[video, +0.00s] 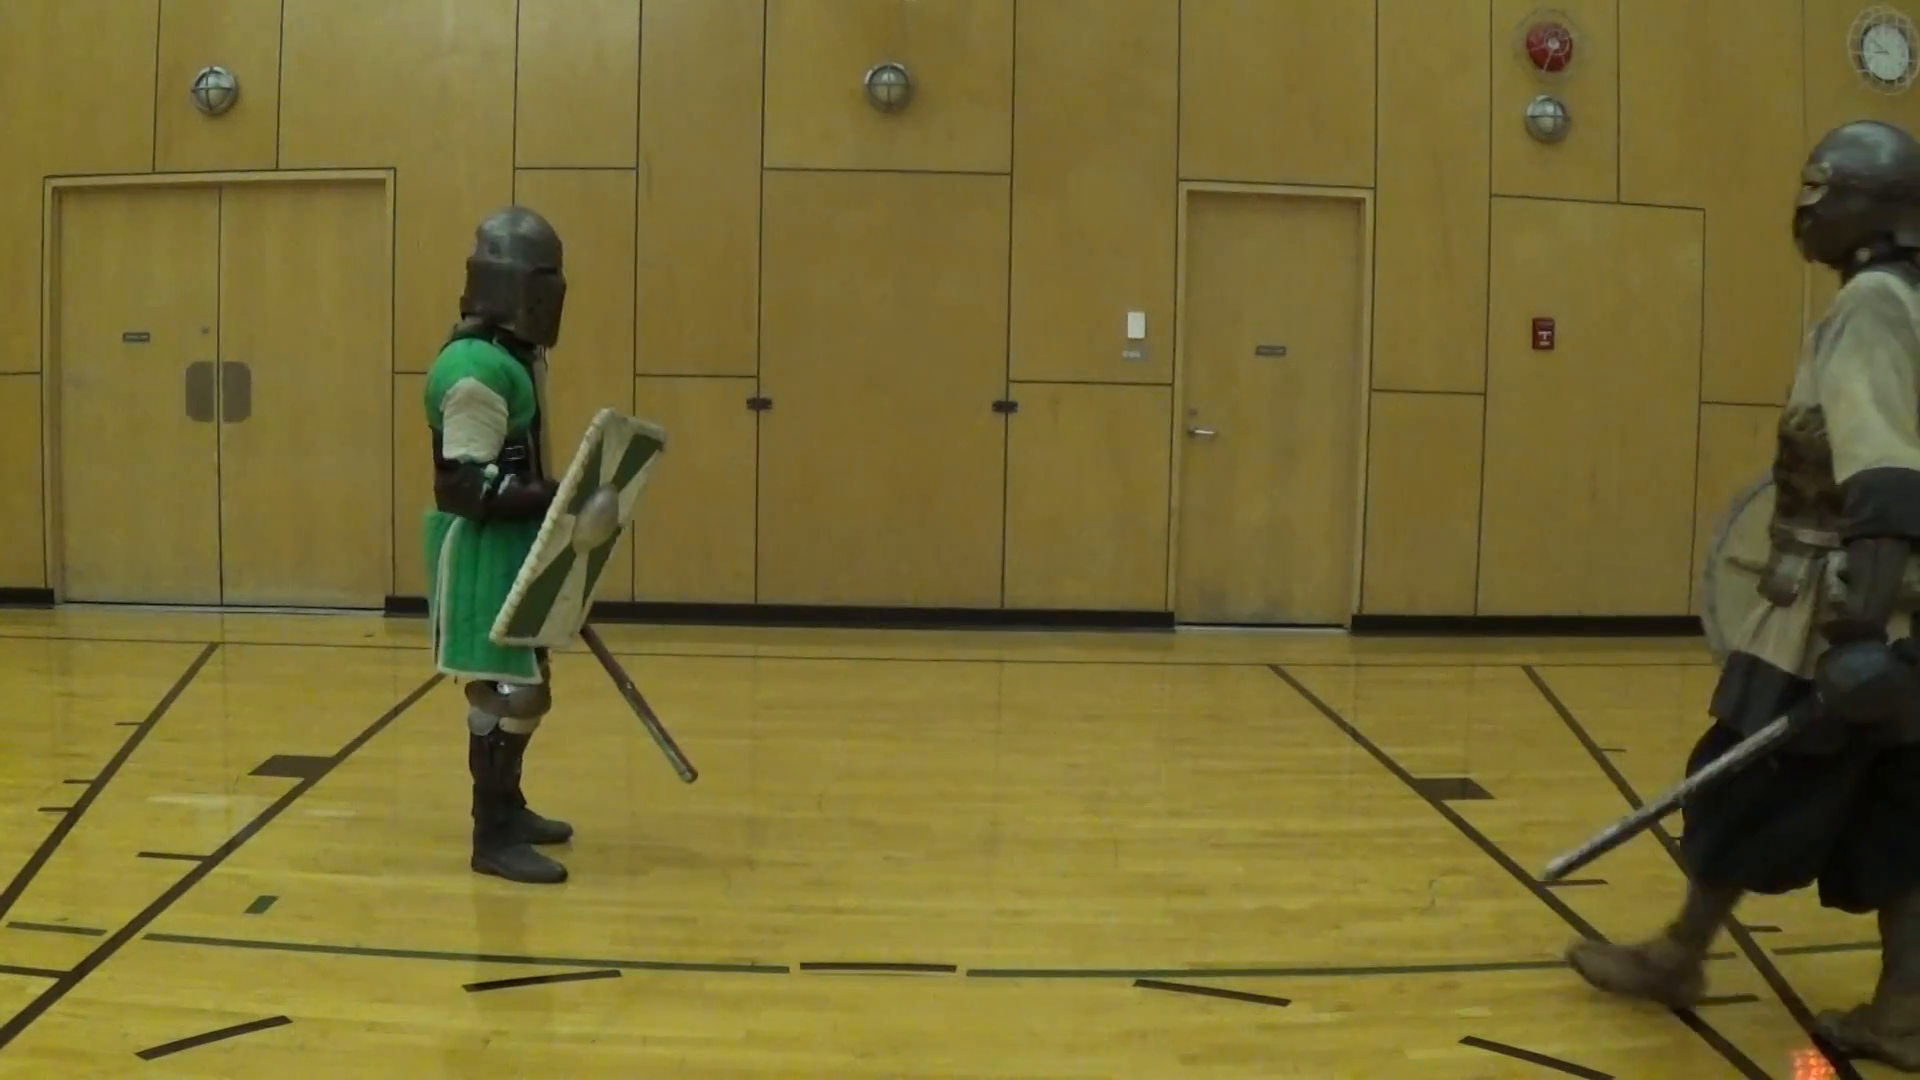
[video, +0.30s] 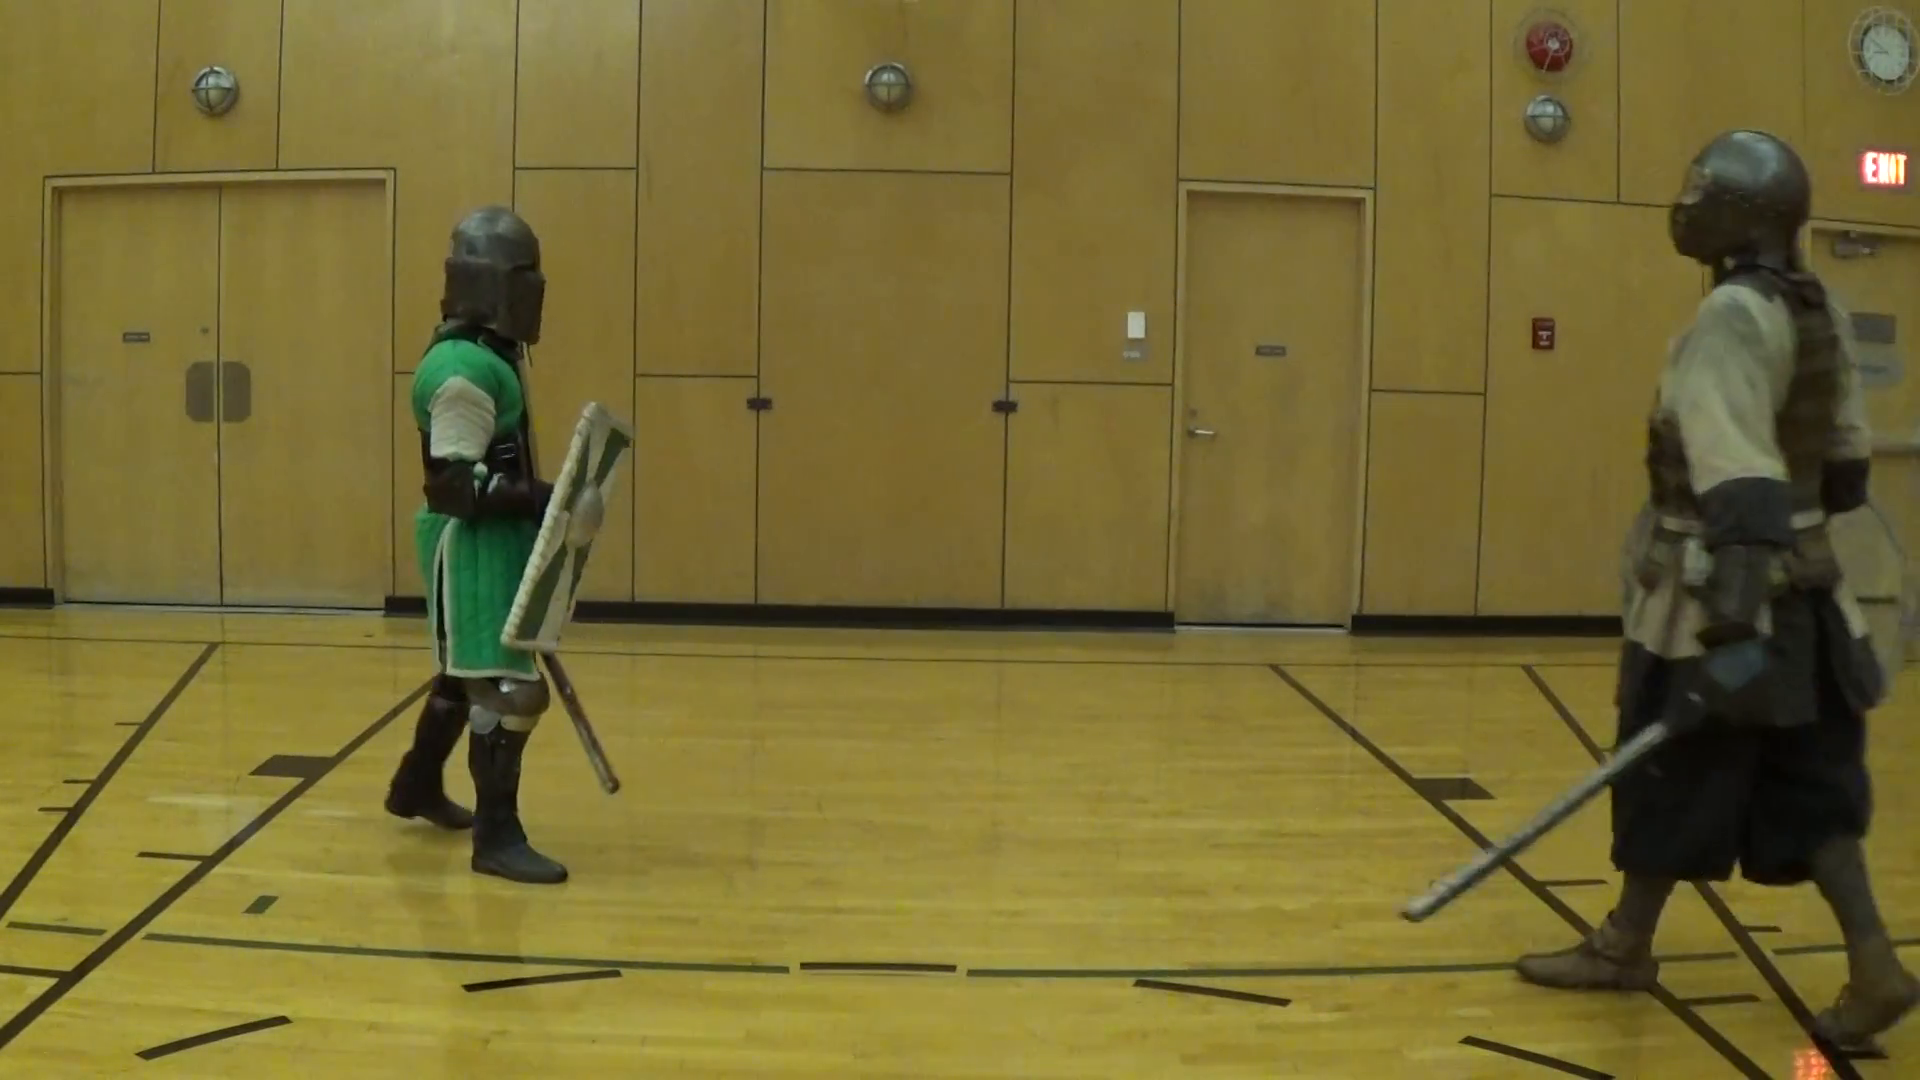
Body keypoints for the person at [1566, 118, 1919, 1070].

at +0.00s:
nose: (1800, 208)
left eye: (1818, 192)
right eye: (1806, 189)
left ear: (1876, 209)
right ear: (1880, 211)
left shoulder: (1876, 307)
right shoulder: (1896, 297)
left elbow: (1888, 477)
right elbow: (1885, 471)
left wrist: (1864, 632)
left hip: (1821, 631)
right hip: (1887, 632)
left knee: (1741, 785)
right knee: (1903, 823)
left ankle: (1679, 953)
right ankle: (1901, 1009)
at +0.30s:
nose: (1679, 206)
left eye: (1695, 193)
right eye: (1687, 191)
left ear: (1740, 212)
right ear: (1772, 216)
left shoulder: (1732, 318)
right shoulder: (1812, 309)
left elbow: (1744, 481)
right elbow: (1846, 468)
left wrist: (1735, 628)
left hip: (1716, 603)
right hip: (1799, 601)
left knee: (1668, 769)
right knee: (1809, 784)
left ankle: (1625, 940)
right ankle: (1876, 967)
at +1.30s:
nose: (1427, 208)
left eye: (1444, 194)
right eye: (1431, 194)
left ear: (1495, 207)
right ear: (1484, 211)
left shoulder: (1516, 290)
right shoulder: (1483, 292)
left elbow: (1554, 429)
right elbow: (1481, 425)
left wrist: (1445, 498)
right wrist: (1410, 493)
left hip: (1477, 563)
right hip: (1439, 559)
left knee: (1484, 731)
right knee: (1421, 715)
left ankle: (1589, 902)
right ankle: (1408, 881)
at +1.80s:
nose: (1340, 209)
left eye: (1357, 194)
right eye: (1342, 194)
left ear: (1408, 207)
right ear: (1394, 211)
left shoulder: (1423, 281)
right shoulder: (1387, 284)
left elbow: (1442, 383)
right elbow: (1364, 407)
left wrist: (1342, 317)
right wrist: (1293, 425)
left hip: (1373, 527)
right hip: (1392, 524)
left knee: (1310, 694)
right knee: (1410, 702)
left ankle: (1285, 872)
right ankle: (1405, 879)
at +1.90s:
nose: (1323, 209)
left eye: (1339, 194)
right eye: (1326, 194)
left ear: (1387, 207)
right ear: (1387, 210)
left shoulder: (1400, 285)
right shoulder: (1379, 284)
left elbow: (1410, 389)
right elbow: (1354, 397)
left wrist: (1321, 316)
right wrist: (1280, 418)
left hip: (1350, 531)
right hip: (1381, 529)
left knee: (1292, 696)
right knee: (1395, 704)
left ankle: (1278, 872)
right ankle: (1403, 877)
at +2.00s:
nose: (1307, 205)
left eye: (1324, 191)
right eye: (1311, 190)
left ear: (1374, 205)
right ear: (1372, 208)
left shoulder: (1379, 285)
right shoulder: (1367, 282)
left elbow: (1384, 401)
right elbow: (1345, 390)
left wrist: (1297, 324)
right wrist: (1274, 415)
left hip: (1332, 531)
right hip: (1365, 529)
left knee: (1280, 695)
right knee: (1375, 700)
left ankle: (1278, 870)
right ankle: (1399, 871)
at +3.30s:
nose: (1523, 243)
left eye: (1538, 231)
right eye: (1526, 229)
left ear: (1582, 243)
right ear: (1569, 246)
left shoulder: (1605, 318)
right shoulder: (1569, 318)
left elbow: (1530, 405)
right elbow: (1528, 401)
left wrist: (1481, 340)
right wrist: (1481, 343)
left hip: (1566, 547)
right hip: (1527, 544)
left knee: (1572, 685)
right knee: (1474, 671)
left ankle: (1698, 819)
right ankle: (1482, 823)